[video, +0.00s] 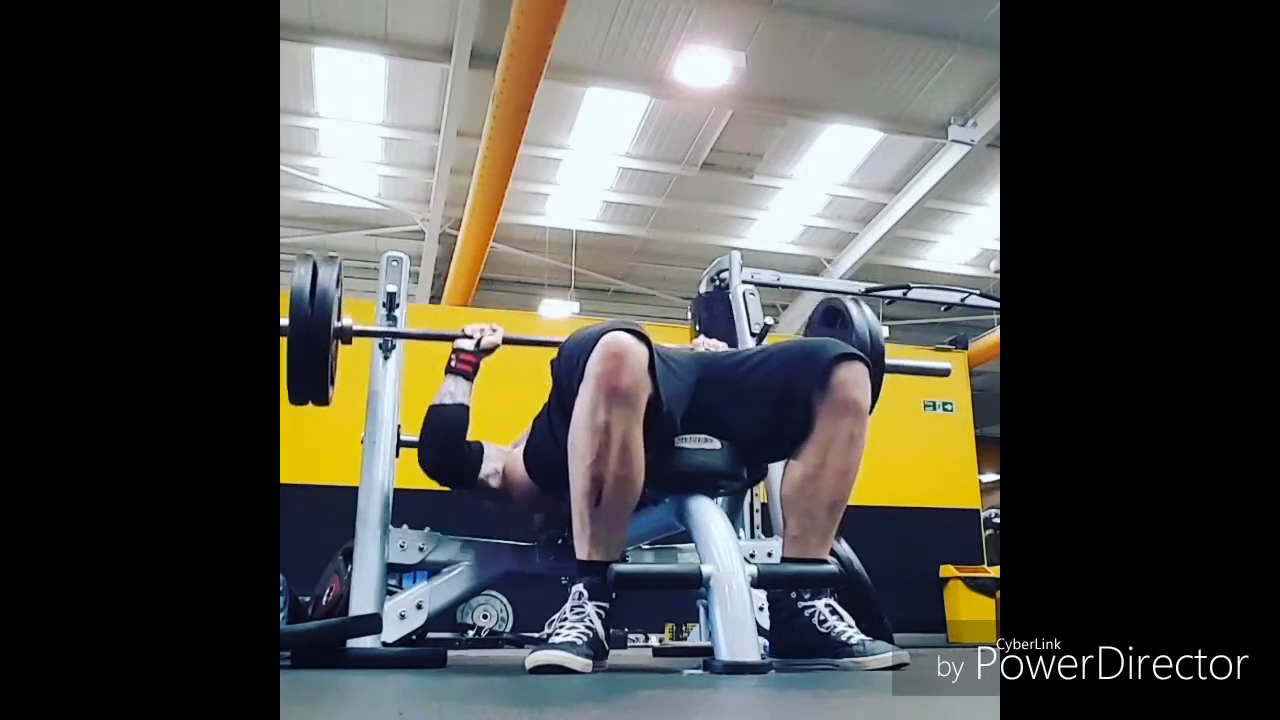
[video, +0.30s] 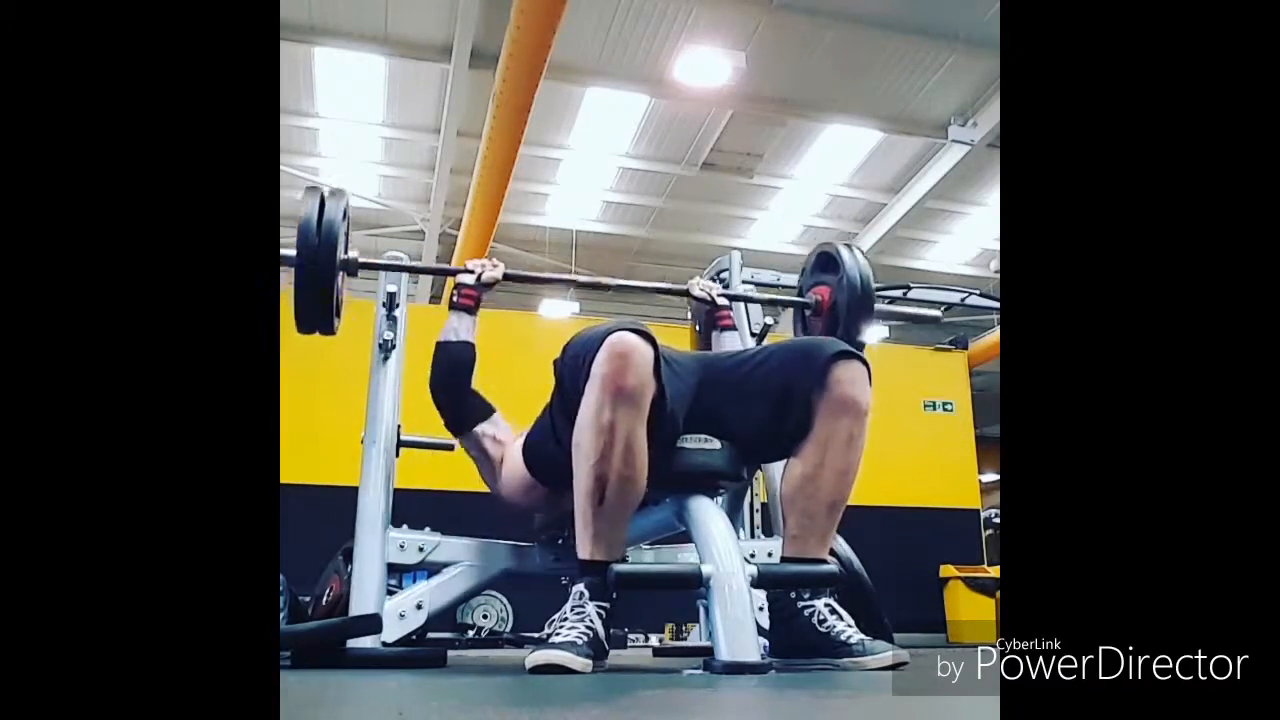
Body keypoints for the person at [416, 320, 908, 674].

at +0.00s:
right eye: (489, 476)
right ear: (499, 481)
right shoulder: (518, 472)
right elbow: (441, 452)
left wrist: (728, 356)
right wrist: (464, 361)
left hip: (701, 375)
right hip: (623, 358)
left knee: (845, 374)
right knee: (617, 355)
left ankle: (801, 607)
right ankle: (587, 604)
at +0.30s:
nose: (494, 437)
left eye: (496, 439)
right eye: (489, 447)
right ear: (496, 467)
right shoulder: (520, 474)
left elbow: (728, 393)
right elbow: (452, 393)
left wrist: (717, 328)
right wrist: (466, 297)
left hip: (686, 386)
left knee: (843, 375)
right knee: (624, 354)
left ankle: (800, 610)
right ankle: (586, 606)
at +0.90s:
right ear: (517, 479)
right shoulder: (513, 469)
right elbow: (434, 436)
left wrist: (719, 357)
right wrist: (464, 343)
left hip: (702, 391)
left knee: (846, 374)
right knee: (623, 355)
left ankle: (799, 608)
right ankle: (587, 606)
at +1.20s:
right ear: (499, 509)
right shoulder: (518, 483)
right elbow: (448, 506)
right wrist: (464, 416)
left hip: (704, 375)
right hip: (625, 357)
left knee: (851, 376)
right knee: (623, 358)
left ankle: (801, 607)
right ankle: (588, 607)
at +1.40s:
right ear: (499, 477)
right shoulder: (514, 476)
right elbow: (440, 459)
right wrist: (465, 366)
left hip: (709, 372)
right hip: (622, 354)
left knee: (848, 376)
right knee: (622, 359)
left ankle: (801, 607)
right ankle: (588, 604)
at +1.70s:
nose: (496, 445)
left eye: (496, 446)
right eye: (492, 451)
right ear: (498, 466)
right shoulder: (522, 475)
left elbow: (735, 394)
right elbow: (455, 396)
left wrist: (720, 328)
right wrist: (468, 300)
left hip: (707, 384)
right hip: (631, 366)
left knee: (851, 377)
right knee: (628, 355)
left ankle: (800, 606)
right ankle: (586, 605)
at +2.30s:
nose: (494, 475)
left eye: (491, 471)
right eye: (488, 481)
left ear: (510, 459)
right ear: (498, 492)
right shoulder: (517, 463)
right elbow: (432, 434)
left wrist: (715, 352)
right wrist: (464, 343)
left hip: (703, 383)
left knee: (841, 376)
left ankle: (799, 606)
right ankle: (587, 605)